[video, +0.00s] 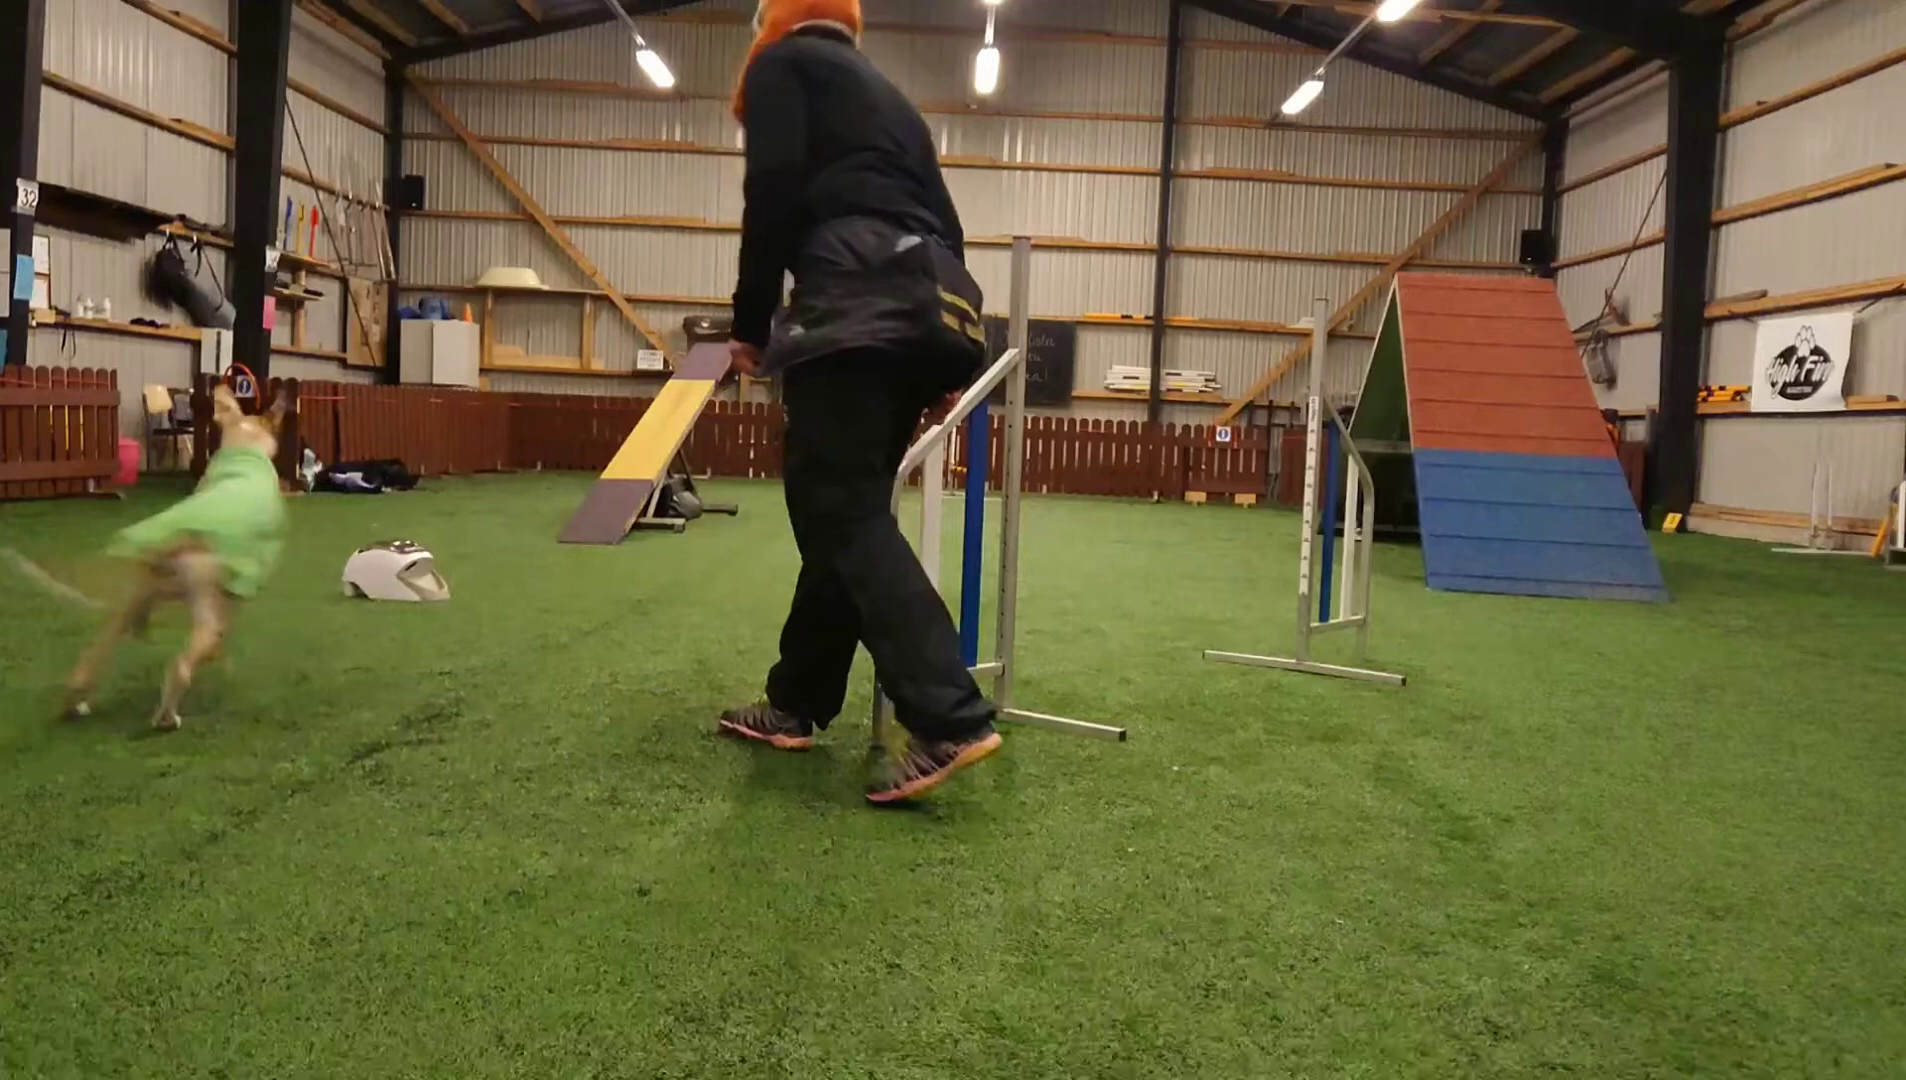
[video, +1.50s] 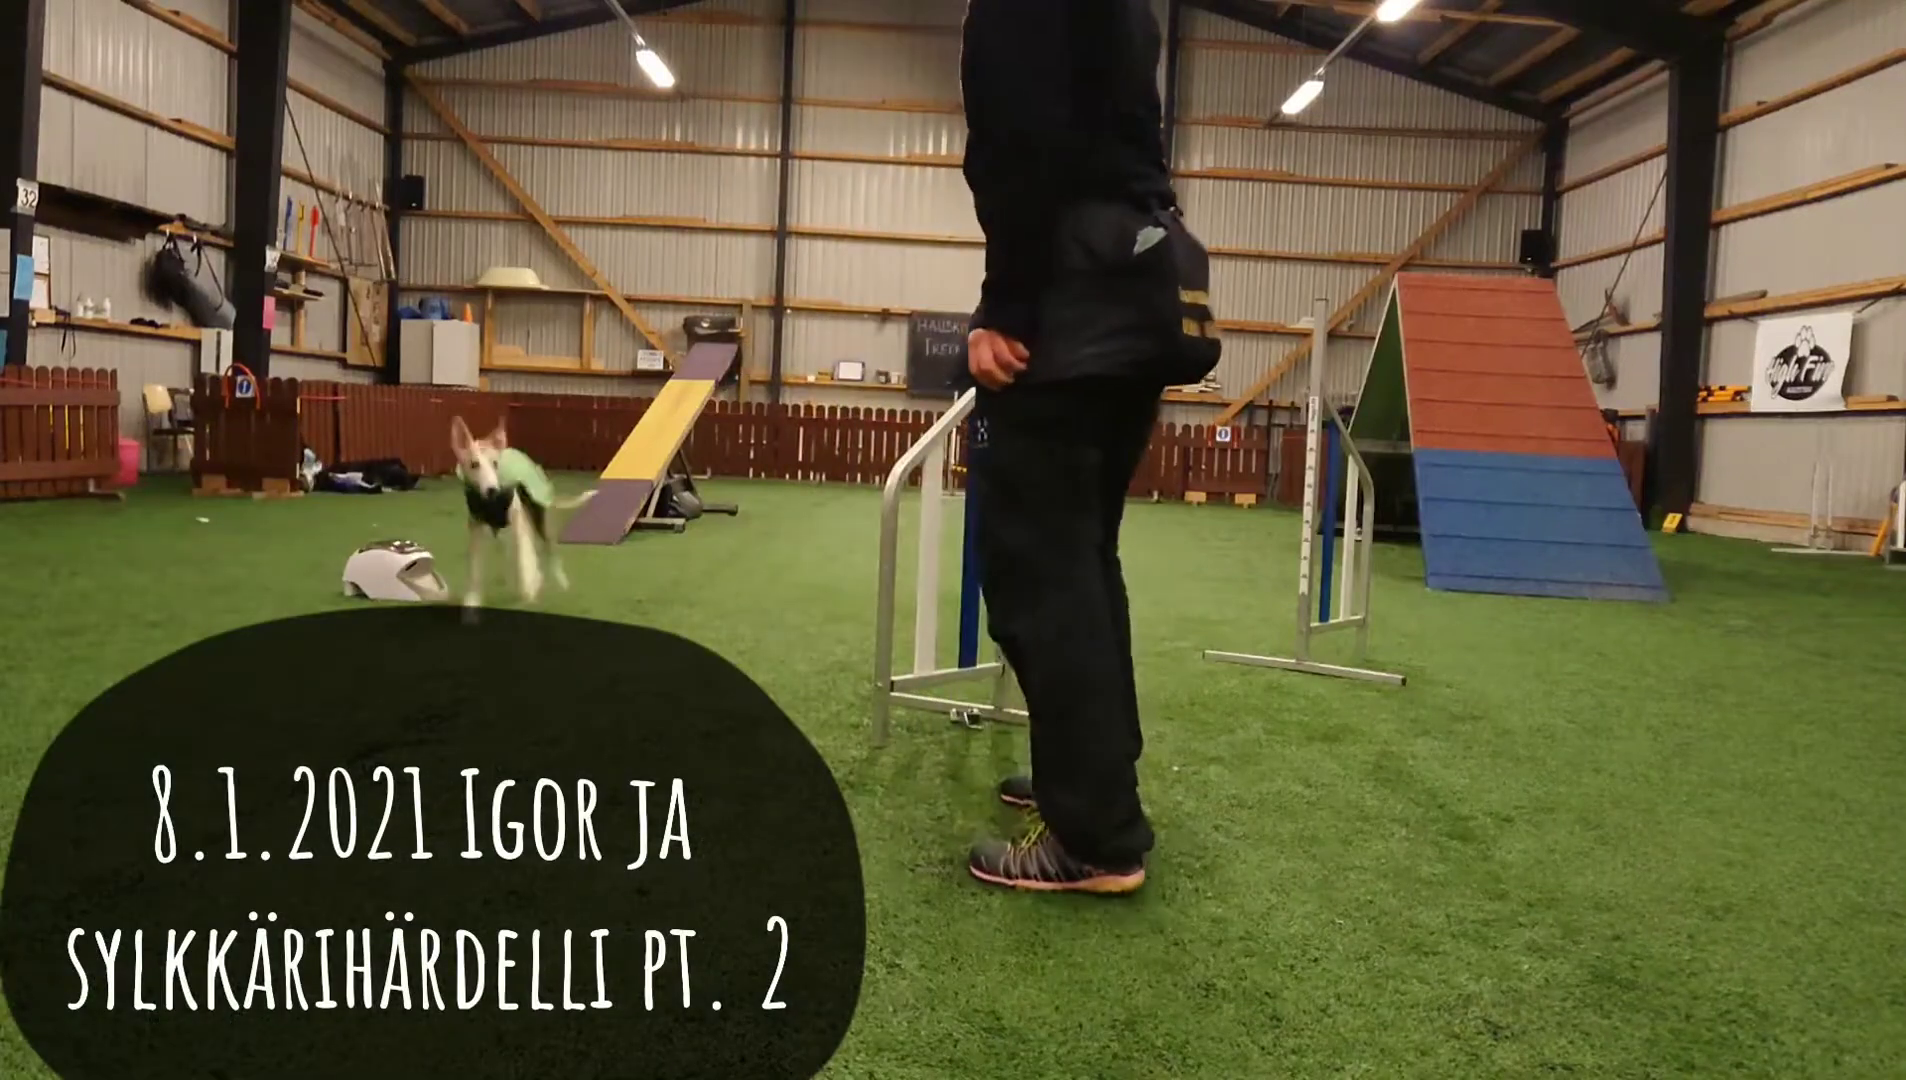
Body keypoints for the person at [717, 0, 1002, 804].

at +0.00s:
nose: (744, 103)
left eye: (755, 50)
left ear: (776, 26)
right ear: (844, 31)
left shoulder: (779, 65)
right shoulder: (894, 102)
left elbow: (774, 190)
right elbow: (943, 228)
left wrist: (748, 327)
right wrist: (951, 360)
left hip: (850, 309)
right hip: (935, 318)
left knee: (842, 514)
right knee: (843, 514)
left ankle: (952, 722)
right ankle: (796, 708)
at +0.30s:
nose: (822, 25)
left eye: (827, 16)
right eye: (823, 18)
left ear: (855, 1)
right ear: (923, 4)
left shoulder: (868, 40)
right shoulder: (974, 83)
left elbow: (859, 186)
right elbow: (999, 225)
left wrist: (806, 338)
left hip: (904, 326)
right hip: (974, 331)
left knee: (903, 545)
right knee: (877, 536)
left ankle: (989, 773)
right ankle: (808, 707)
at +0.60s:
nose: (871, 1)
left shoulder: (929, 12)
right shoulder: (1029, 26)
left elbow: (919, 166)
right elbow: (1054, 186)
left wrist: (862, 313)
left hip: (976, 317)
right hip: (1037, 316)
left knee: (927, 528)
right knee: (940, 525)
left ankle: (988, 775)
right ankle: (984, 756)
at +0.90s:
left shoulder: (994, 13)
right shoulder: (1073, 22)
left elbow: (1008, 148)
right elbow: (1084, 162)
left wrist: (991, 302)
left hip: (1022, 329)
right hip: (1097, 324)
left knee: (970, 551)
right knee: (1077, 548)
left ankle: (987, 774)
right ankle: (1103, 776)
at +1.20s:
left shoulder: (1032, 12)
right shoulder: (1116, 17)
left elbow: (1032, 140)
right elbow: (1124, 151)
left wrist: (1026, 299)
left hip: (1061, 315)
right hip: (1127, 313)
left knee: (987, 536)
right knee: (1095, 535)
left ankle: (1054, 786)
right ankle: (1107, 777)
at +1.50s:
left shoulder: (1013, 13)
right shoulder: (1120, 20)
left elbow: (1018, 139)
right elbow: (1121, 150)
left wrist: (1001, 305)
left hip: (1064, 325)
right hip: (1124, 319)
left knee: (1038, 576)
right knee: (1077, 560)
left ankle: (1099, 841)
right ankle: (1087, 780)